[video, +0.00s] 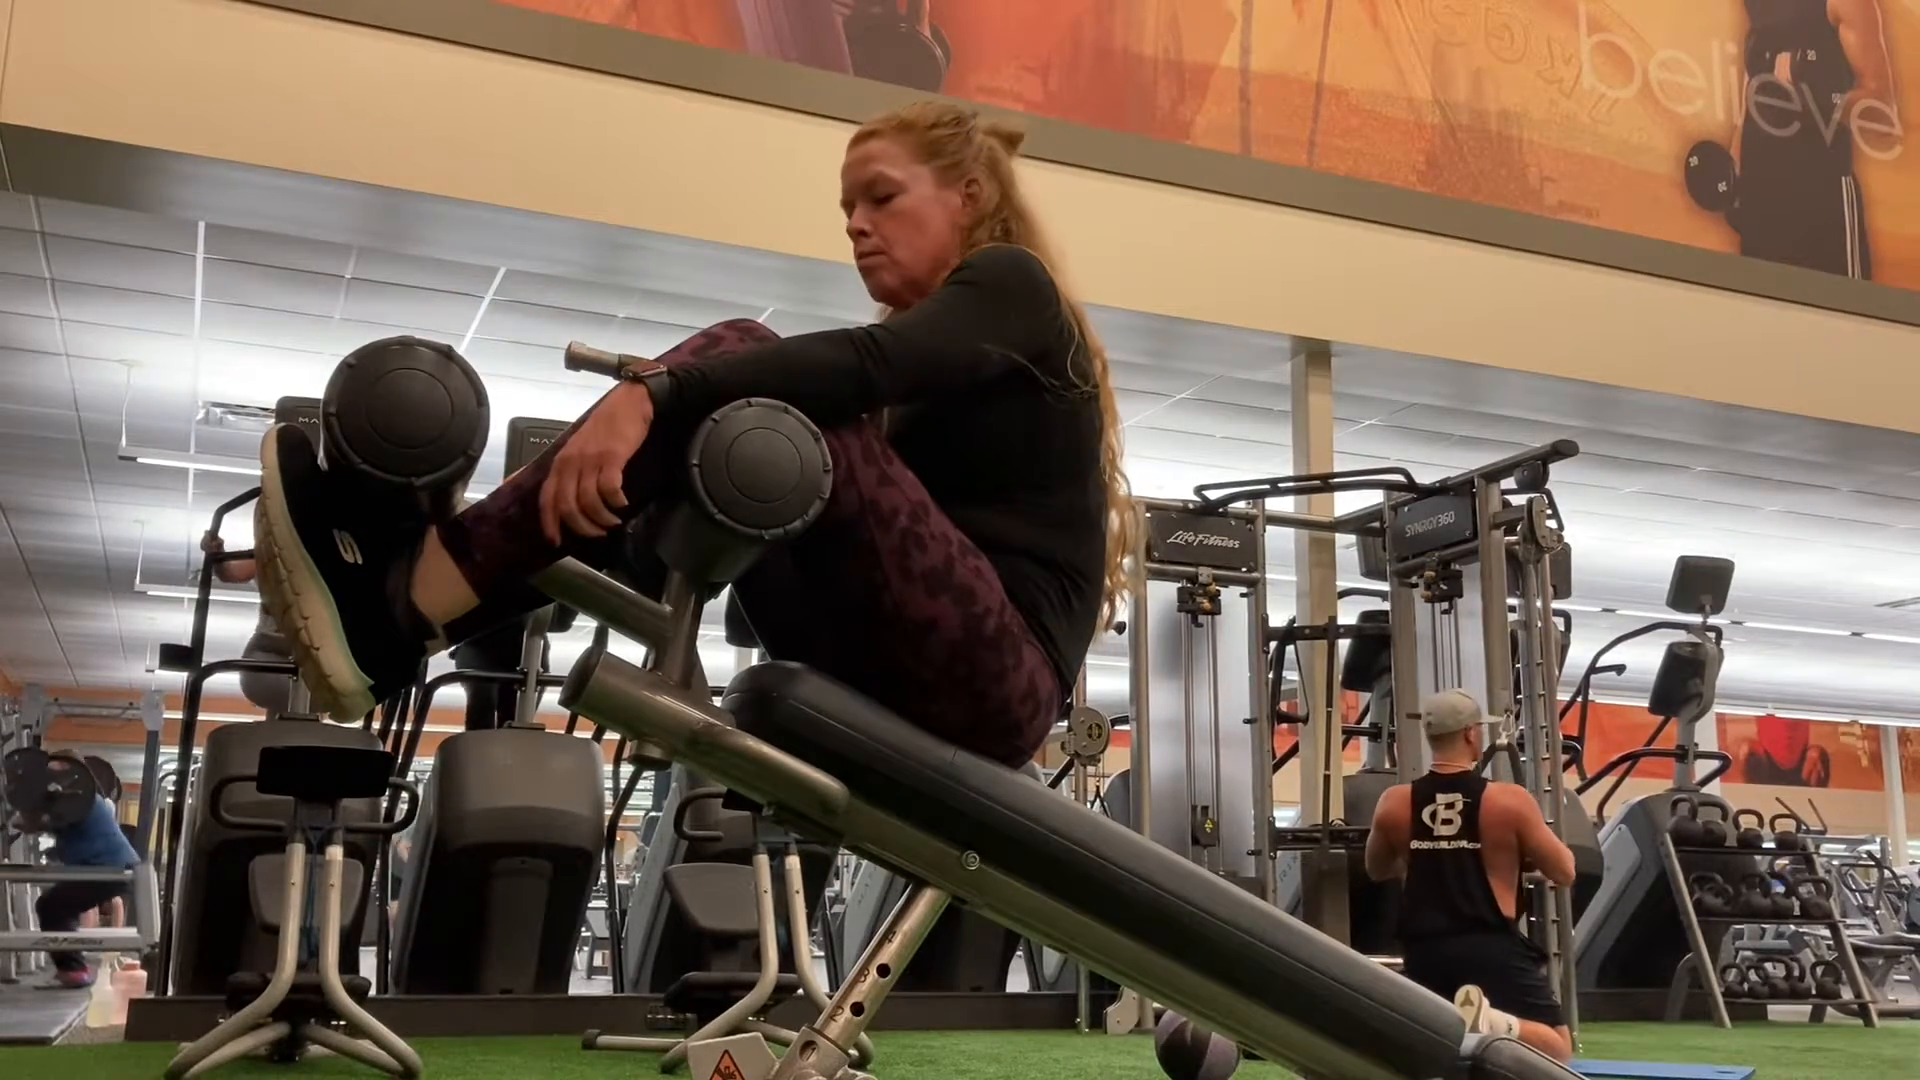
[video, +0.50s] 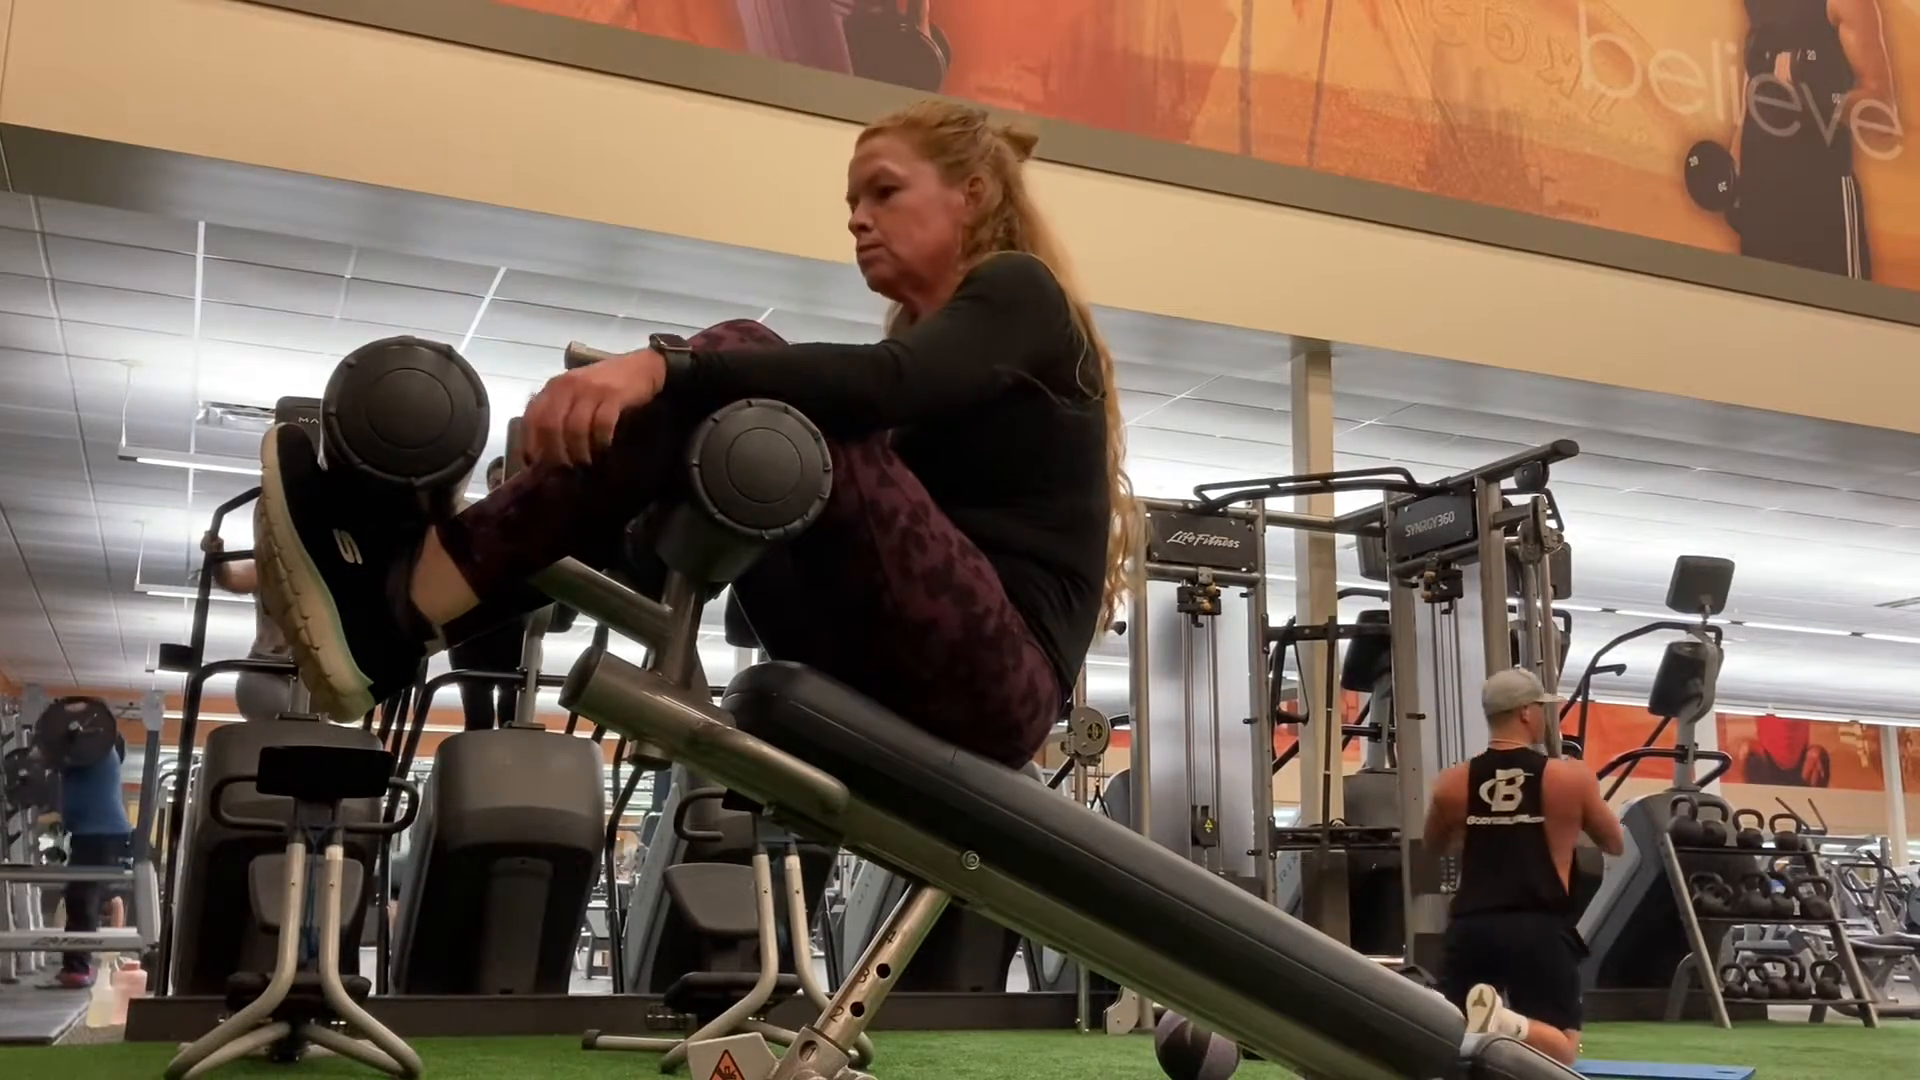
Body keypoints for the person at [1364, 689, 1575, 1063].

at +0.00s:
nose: (1482, 735)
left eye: (1480, 727)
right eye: (1480, 728)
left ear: (1429, 736)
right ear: (1471, 734)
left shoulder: (1394, 802)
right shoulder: (1510, 801)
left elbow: (1376, 868)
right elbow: (1565, 872)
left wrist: (1418, 851)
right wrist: (1531, 854)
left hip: (1424, 957)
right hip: (1494, 956)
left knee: (1437, 1051)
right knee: (1561, 1048)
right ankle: (1494, 1022)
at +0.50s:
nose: (1544, 715)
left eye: (1542, 706)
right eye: (1540, 707)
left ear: (1489, 715)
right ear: (1526, 713)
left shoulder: (1454, 781)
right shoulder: (1572, 777)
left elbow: (1433, 846)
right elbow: (1614, 844)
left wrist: (1476, 819)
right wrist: (1579, 808)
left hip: (1470, 930)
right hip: (1540, 933)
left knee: (1464, 1040)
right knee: (1566, 1051)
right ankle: (1503, 1019)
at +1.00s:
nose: (1578, 705)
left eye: (1577, 698)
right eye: (1575, 698)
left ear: (1522, 702)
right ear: (1565, 703)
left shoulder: (1484, 758)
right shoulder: (1608, 767)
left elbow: (1442, 810)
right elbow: (1625, 835)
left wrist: (1482, 783)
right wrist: (1591, 793)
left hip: (1488, 897)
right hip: (1556, 912)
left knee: (1410, 895)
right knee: (1566, 1049)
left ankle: (1455, 1009)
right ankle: (1520, 1015)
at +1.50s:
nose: (1549, 671)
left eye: (1547, 662)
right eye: (1545, 662)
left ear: (1495, 671)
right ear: (1528, 668)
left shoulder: (1458, 722)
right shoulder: (1573, 721)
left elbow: (1437, 789)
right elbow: (1613, 792)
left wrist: (1481, 768)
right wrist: (1582, 764)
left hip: (1467, 848)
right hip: (1531, 849)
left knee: (1478, 922)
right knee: (1542, 986)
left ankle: (1499, 1020)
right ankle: (1509, 1009)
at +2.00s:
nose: (1550, 593)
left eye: (1548, 586)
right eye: (1547, 586)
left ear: (1495, 592)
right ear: (1534, 587)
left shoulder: (1465, 647)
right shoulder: (1557, 632)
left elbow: (1464, 712)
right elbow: (1611, 695)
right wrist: (1600, 658)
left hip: (1488, 778)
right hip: (1550, 768)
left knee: (1501, 901)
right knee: (1640, 850)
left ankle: (1502, 1027)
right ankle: (1674, 966)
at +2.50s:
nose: (1597, 604)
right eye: (1604, 595)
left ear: (1563, 599)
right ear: (1609, 598)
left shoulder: (1538, 654)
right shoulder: (1649, 652)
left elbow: (1514, 730)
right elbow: (1666, 730)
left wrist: (1491, 794)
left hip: (1570, 795)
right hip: (1639, 794)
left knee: (1538, 900)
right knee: (1660, 911)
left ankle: (1513, 1027)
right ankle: (1683, 1039)